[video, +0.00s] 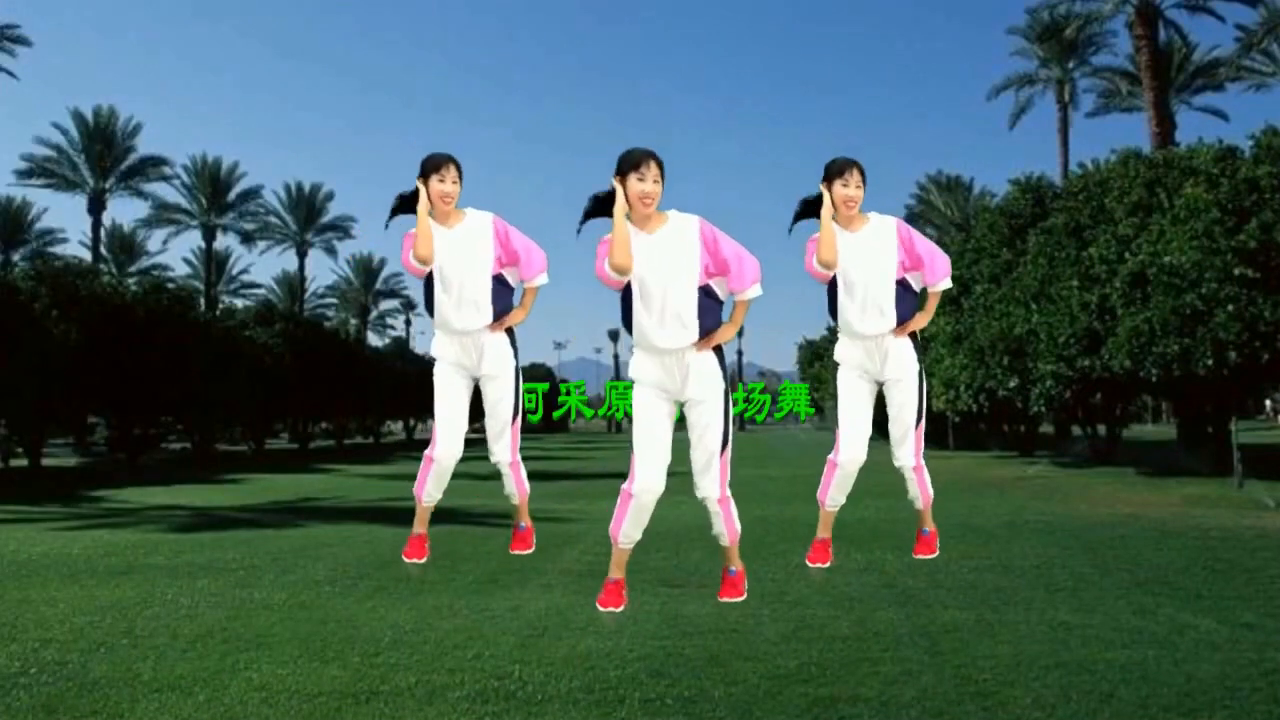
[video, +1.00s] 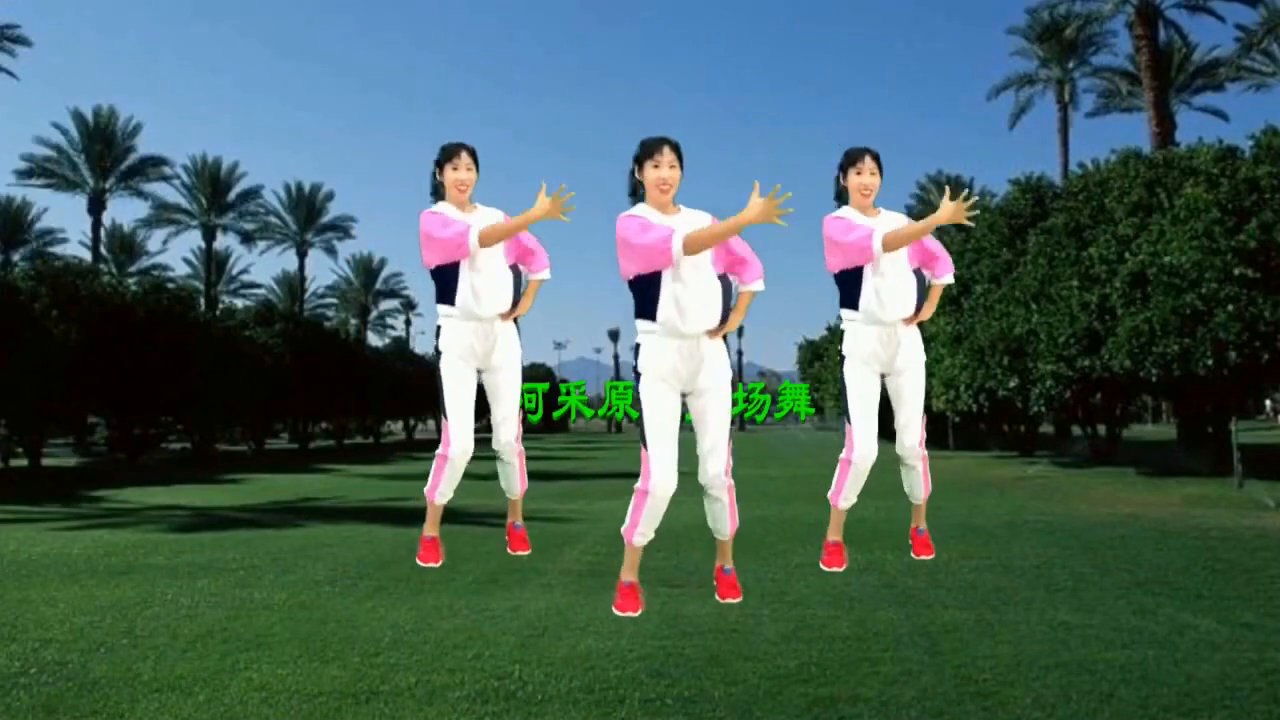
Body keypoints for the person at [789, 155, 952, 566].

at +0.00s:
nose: (851, 193)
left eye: (857, 186)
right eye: (843, 185)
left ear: (864, 191)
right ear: (827, 191)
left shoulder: (892, 228)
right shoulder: (821, 239)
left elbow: (938, 266)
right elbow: (828, 263)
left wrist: (925, 314)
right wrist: (827, 213)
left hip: (899, 348)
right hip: (853, 352)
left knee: (905, 455)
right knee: (849, 453)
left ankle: (926, 526)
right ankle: (822, 536)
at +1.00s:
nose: (866, 179)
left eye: (873, 173)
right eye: (858, 173)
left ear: (881, 181)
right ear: (843, 181)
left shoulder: (902, 223)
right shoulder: (835, 224)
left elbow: (943, 267)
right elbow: (882, 243)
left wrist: (923, 314)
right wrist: (936, 220)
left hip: (905, 338)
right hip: (860, 340)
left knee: (911, 443)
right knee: (861, 448)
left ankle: (919, 526)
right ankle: (834, 536)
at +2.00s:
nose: (879, 167)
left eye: (887, 161)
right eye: (872, 160)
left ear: (898, 169)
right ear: (862, 168)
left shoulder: (914, 217)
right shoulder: (839, 215)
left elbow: (955, 260)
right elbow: (799, 260)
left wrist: (925, 290)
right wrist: (823, 305)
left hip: (900, 327)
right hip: (856, 327)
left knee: (901, 434)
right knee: (865, 433)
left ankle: (893, 534)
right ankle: (853, 535)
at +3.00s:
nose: (864, 156)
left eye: (872, 149)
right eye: (861, 150)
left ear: (894, 154)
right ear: (856, 157)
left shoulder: (918, 194)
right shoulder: (842, 202)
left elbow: (975, 196)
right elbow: (795, 247)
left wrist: (943, 209)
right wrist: (824, 293)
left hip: (897, 312)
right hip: (852, 313)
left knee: (894, 429)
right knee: (848, 429)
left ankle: (892, 532)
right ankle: (845, 534)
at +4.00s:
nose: (860, 142)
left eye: (870, 137)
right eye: (857, 136)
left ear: (889, 148)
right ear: (852, 144)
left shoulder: (902, 190)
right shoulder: (828, 188)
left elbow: (911, 228)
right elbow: (789, 229)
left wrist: (902, 173)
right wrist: (806, 277)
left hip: (881, 299)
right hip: (837, 296)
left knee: (881, 416)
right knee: (831, 416)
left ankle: (883, 523)